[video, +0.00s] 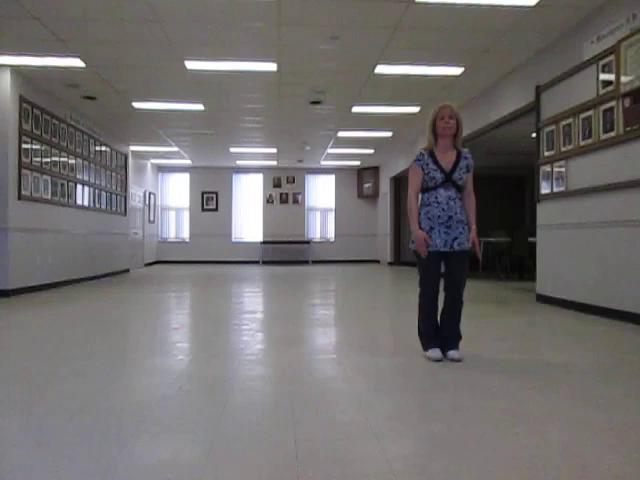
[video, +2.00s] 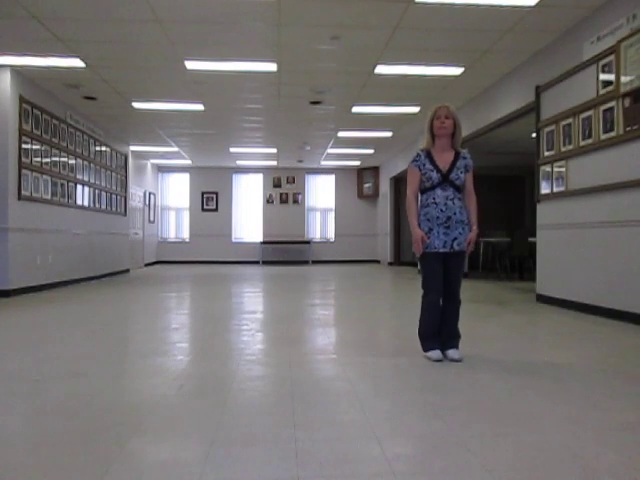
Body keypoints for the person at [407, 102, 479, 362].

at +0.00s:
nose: (447, 122)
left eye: (451, 118)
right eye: (442, 118)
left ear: (457, 125)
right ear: (434, 124)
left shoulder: (465, 158)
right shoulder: (423, 158)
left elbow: (469, 195)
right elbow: (412, 196)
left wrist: (473, 228)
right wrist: (415, 230)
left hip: (458, 229)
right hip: (429, 229)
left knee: (455, 290)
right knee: (429, 289)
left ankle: (451, 343)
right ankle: (431, 343)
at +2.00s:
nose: (443, 122)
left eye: (447, 118)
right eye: (438, 118)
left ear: (455, 125)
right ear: (431, 125)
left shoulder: (464, 158)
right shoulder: (420, 158)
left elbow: (469, 193)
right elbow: (411, 196)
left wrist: (474, 226)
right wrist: (414, 228)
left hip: (458, 229)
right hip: (430, 229)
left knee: (453, 290)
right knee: (432, 290)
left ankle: (450, 343)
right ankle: (431, 344)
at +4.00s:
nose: (447, 125)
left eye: (451, 122)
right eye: (443, 121)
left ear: (455, 128)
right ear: (432, 126)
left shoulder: (461, 160)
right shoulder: (418, 160)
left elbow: (470, 195)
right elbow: (409, 197)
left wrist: (477, 229)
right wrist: (415, 226)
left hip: (457, 231)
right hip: (429, 232)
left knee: (453, 291)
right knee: (434, 290)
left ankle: (451, 343)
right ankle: (431, 344)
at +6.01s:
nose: (442, 128)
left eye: (447, 124)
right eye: (437, 123)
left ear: (452, 129)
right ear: (429, 126)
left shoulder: (460, 157)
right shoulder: (416, 159)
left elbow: (470, 190)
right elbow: (408, 195)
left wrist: (479, 222)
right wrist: (411, 225)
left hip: (458, 229)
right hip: (429, 230)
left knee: (453, 289)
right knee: (433, 288)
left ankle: (451, 342)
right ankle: (431, 344)